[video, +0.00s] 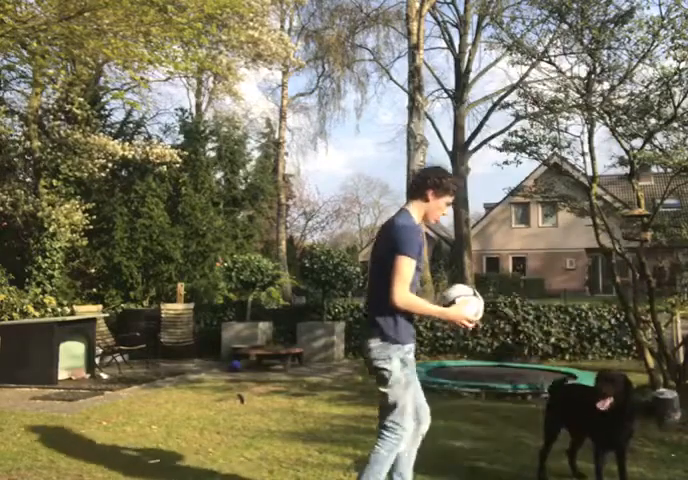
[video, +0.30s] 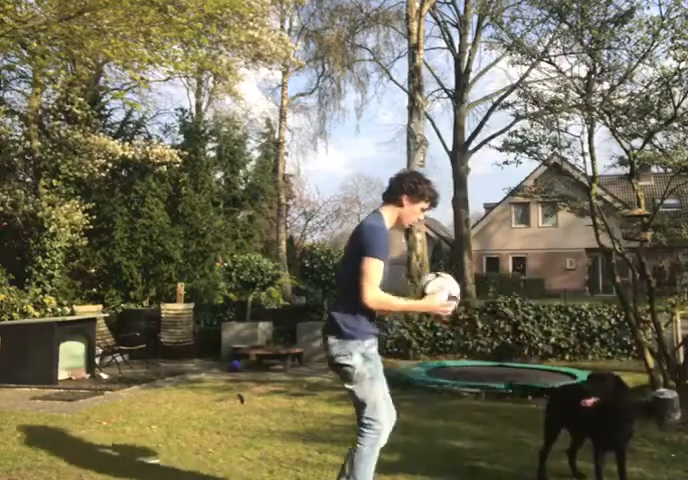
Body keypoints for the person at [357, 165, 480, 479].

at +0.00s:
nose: (445, 212)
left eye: (449, 205)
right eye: (446, 203)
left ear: (427, 194)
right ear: (429, 193)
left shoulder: (399, 227)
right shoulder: (407, 230)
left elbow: (400, 294)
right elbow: (399, 296)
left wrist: (444, 309)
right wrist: (449, 314)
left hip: (394, 342)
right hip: (389, 344)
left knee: (420, 418)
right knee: (398, 426)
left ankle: (400, 476)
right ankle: (370, 477)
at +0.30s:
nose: (419, 218)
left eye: (423, 212)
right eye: (421, 210)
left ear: (403, 199)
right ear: (406, 198)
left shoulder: (376, 227)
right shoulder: (374, 231)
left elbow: (372, 292)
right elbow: (370, 296)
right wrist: (425, 305)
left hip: (359, 338)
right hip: (350, 339)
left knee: (386, 416)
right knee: (376, 421)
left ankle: (350, 473)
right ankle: (356, 476)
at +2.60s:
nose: (455, 255)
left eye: (458, 248)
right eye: (455, 246)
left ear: (437, 238)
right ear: (439, 238)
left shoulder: (404, 264)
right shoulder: (405, 267)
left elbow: (376, 326)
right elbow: (373, 323)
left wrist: (422, 353)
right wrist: (420, 351)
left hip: (333, 339)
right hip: (336, 342)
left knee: (363, 425)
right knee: (375, 427)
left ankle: (353, 474)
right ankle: (355, 475)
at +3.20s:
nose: (435, 230)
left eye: (438, 224)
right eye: (434, 222)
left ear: (417, 214)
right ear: (415, 211)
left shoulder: (396, 247)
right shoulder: (383, 241)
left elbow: (361, 300)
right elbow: (338, 288)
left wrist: (386, 333)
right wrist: (379, 329)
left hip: (351, 341)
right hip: (337, 340)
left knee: (372, 424)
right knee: (360, 426)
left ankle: (358, 474)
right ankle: (347, 476)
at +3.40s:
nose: (424, 225)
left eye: (427, 219)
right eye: (422, 216)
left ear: (417, 216)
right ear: (401, 208)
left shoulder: (401, 247)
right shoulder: (366, 239)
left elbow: (374, 293)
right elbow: (337, 293)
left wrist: (396, 323)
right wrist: (380, 323)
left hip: (359, 338)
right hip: (335, 336)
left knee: (373, 425)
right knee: (356, 424)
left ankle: (362, 476)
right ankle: (345, 477)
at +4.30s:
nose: (403, 225)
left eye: (408, 219)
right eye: (398, 217)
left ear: (411, 217)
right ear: (379, 210)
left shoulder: (402, 248)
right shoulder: (346, 242)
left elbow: (389, 297)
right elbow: (322, 292)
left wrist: (392, 338)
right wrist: (349, 336)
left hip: (369, 341)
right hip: (335, 340)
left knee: (376, 425)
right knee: (335, 426)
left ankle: (372, 477)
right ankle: (324, 476)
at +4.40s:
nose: (402, 226)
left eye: (407, 220)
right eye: (397, 218)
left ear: (411, 218)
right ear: (379, 211)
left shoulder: (403, 248)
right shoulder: (346, 243)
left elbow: (391, 299)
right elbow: (323, 295)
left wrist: (393, 340)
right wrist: (352, 340)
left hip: (370, 344)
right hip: (336, 342)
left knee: (376, 427)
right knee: (333, 426)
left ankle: (372, 477)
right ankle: (323, 476)